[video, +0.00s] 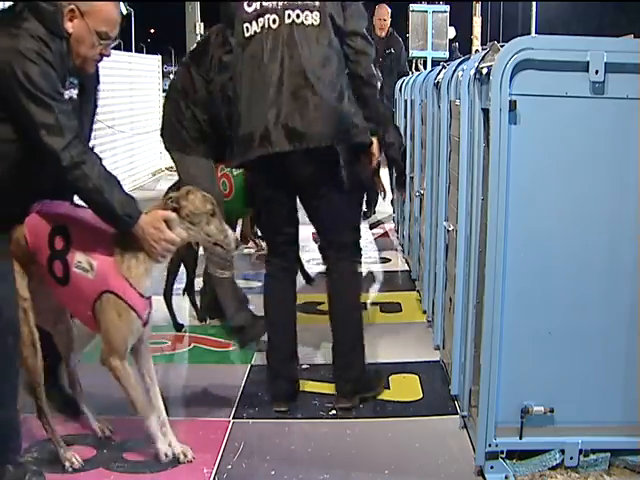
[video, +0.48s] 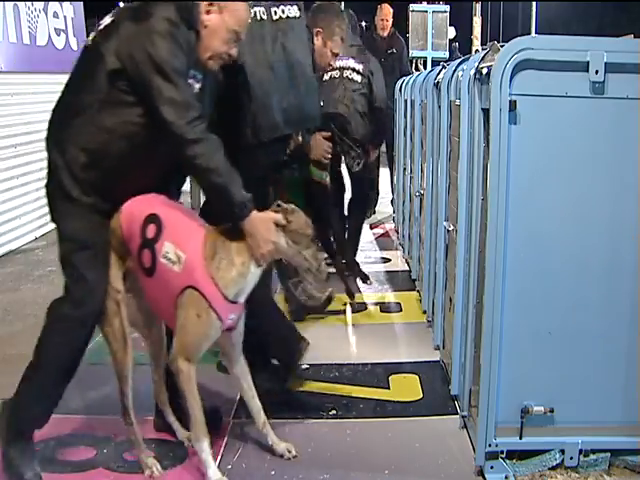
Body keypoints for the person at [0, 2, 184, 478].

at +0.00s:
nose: (107, 51)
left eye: (112, 41)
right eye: (102, 38)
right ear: (71, 18)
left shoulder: (78, 57)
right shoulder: (25, 48)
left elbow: (74, 148)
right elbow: (64, 149)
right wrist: (133, 219)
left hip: (35, 214)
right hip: (3, 216)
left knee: (52, 308)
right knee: (9, 330)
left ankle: (55, 386)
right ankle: (9, 452)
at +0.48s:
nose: (233, 51)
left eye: (239, 42)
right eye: (232, 37)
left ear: (210, 13)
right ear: (206, 11)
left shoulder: (185, 40)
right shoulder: (155, 30)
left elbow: (193, 139)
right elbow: (189, 132)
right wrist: (245, 214)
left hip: (145, 186)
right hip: (84, 181)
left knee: (166, 294)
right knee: (87, 300)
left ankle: (174, 403)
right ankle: (16, 429)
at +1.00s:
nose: (323, 35)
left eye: (328, 24)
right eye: (324, 18)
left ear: (296, 9)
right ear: (297, 4)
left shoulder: (259, 23)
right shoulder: (254, 32)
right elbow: (298, 142)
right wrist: (358, 204)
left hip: (194, 179)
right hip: (170, 181)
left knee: (220, 299)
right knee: (223, 321)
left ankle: (180, 384)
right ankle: (239, 466)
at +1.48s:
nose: (405, 31)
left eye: (408, 20)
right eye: (404, 15)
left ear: (373, 9)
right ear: (378, 5)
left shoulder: (321, 15)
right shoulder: (338, 27)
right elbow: (384, 132)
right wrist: (446, 194)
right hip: (251, 188)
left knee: (327, 292)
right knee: (282, 326)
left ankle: (350, 398)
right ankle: (241, 470)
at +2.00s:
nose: (480, 18)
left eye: (485, 12)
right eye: (479, 7)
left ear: (472, 12)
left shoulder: (450, 52)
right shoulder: (401, 8)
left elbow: (431, 133)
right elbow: (365, 78)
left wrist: (419, 189)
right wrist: (402, 154)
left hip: (373, 160)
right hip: (324, 149)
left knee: (382, 279)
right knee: (342, 274)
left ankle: (365, 398)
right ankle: (319, 424)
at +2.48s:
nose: (479, 32)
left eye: (486, 24)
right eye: (475, 19)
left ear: (483, 15)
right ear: (450, 3)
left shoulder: (464, 50)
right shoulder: (393, 15)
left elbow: (456, 122)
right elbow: (346, 95)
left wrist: (462, 176)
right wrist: (385, 161)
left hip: (406, 172)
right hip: (348, 163)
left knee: (416, 282)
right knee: (358, 293)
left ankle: (417, 390)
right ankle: (338, 426)